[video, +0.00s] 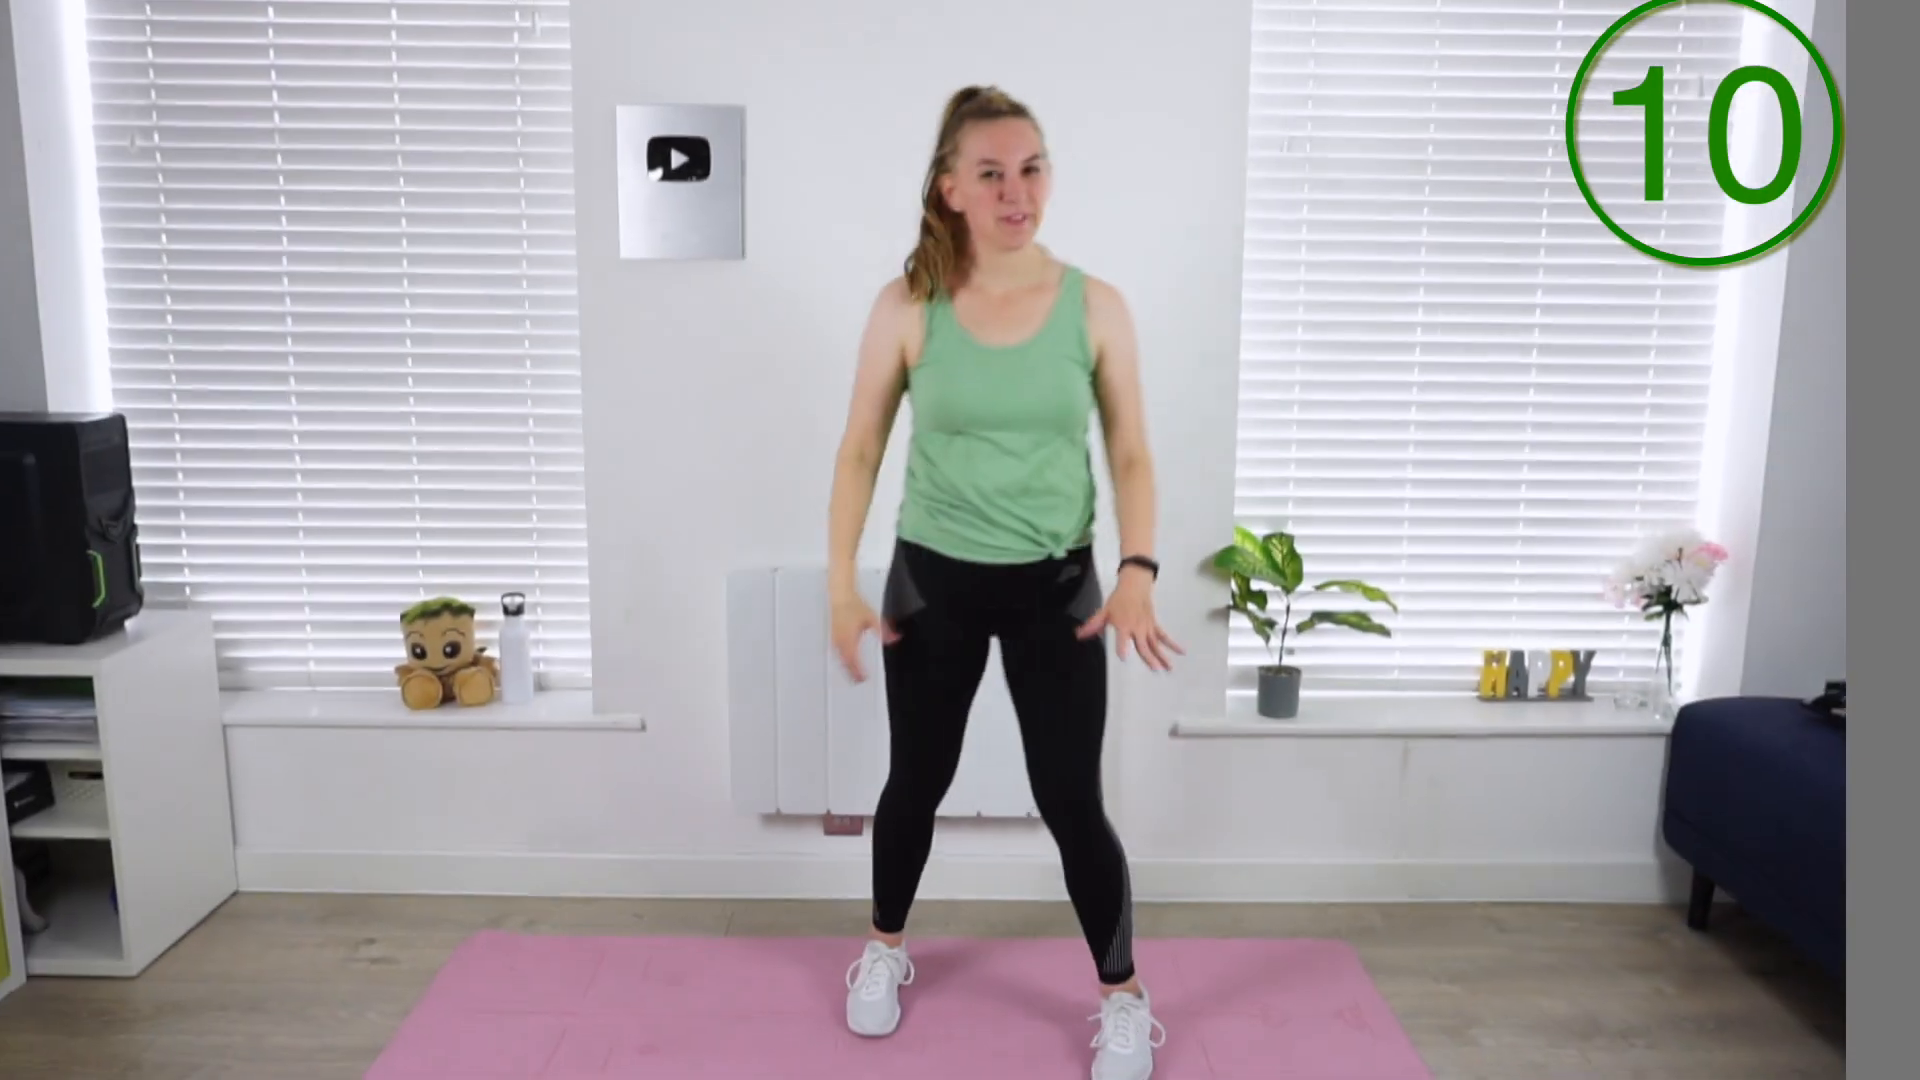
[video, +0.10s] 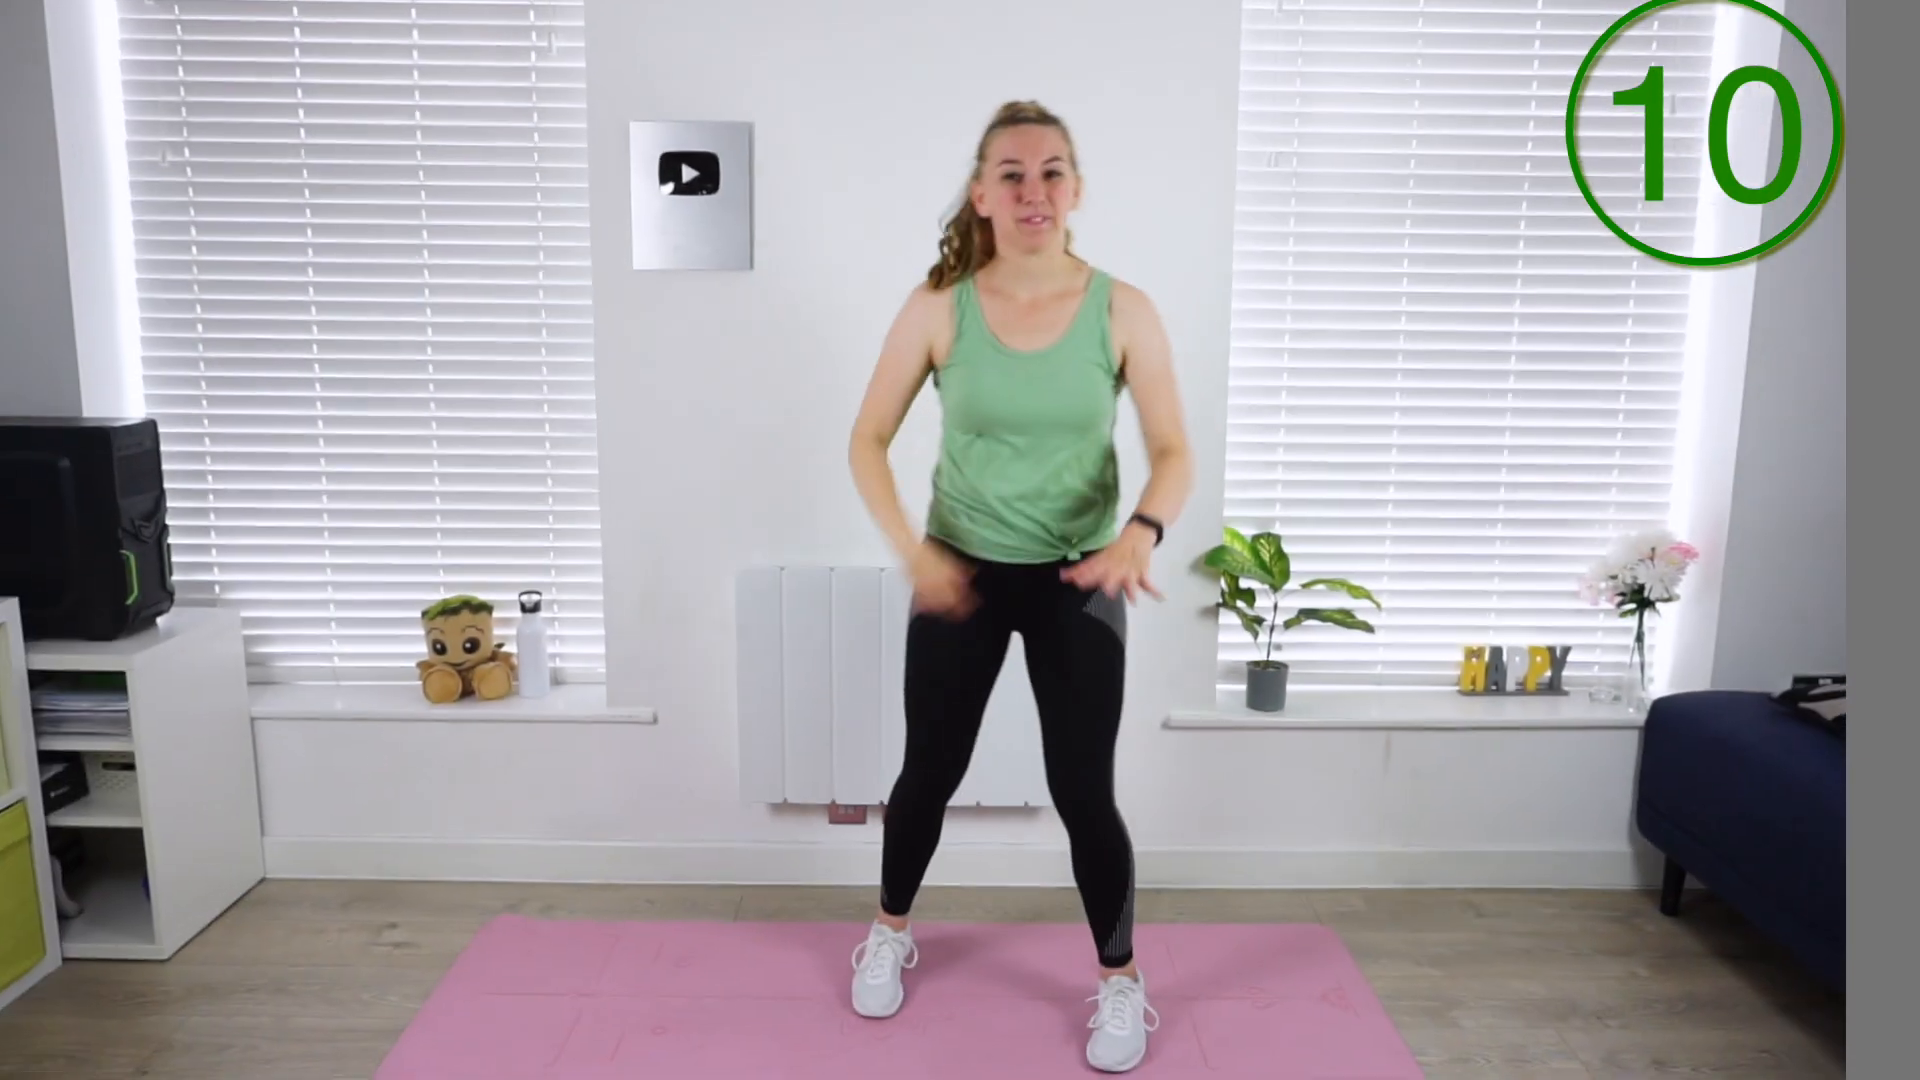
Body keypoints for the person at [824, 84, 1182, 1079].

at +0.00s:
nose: (1016, 191)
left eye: (1030, 170)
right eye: (991, 173)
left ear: (1048, 177)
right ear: (948, 188)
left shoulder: (1094, 307)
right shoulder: (907, 308)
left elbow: (1131, 455)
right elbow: (859, 454)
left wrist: (1136, 569)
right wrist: (844, 586)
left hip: (1057, 582)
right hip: (935, 578)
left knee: (1071, 802)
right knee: (915, 780)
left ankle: (1122, 998)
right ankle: (883, 947)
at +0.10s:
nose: (1034, 191)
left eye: (1052, 172)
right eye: (1012, 174)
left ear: (1075, 188)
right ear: (979, 192)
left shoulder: (1122, 311)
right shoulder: (938, 309)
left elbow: (1172, 455)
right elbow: (868, 443)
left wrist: (1137, 538)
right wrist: (915, 556)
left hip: (1078, 571)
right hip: (960, 564)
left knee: (1083, 792)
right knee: (929, 771)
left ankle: (1119, 981)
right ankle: (890, 932)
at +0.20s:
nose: (1052, 205)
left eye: (1071, 186)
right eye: (1033, 186)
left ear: (1097, 200)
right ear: (1004, 200)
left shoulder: (1140, 319)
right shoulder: (961, 307)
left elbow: (1207, 444)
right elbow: (869, 423)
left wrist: (1136, 498)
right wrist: (968, 456)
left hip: (1094, 578)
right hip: (982, 572)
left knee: (1091, 789)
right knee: (939, 773)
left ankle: (1118, 972)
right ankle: (911, 922)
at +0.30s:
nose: (1067, 207)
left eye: (1087, 189)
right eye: (1049, 188)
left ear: (1112, 202)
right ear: (1019, 200)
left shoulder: (1146, 316)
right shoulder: (975, 296)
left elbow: (1224, 412)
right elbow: (874, 376)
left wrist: (1118, 458)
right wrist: (999, 368)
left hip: (1102, 581)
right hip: (992, 573)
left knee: (1094, 792)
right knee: (954, 781)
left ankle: (1117, 973)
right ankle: (958, 937)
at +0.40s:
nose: (1072, 203)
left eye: (1091, 185)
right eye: (1053, 184)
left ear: (1119, 201)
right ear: (1025, 195)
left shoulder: (1140, 308)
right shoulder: (989, 278)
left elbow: (1207, 390)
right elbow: (871, 322)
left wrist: (1083, 429)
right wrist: (1005, 319)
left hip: (1102, 578)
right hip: (994, 571)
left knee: (1093, 789)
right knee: (979, 784)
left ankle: (1117, 972)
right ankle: (999, 968)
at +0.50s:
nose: (1066, 201)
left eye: (1086, 184)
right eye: (1048, 182)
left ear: (1117, 201)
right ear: (1022, 194)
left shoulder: (1136, 306)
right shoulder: (987, 280)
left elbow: (1174, 383)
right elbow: (865, 291)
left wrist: (1036, 400)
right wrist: (997, 286)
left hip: (1101, 576)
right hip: (994, 572)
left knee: (1099, 787)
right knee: (999, 787)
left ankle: (1116, 972)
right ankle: (1007, 972)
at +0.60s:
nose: (1058, 194)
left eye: (1079, 178)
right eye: (1041, 176)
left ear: (1108, 198)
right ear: (1013, 192)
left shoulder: (1129, 301)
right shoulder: (976, 287)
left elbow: (1146, 370)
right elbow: (855, 283)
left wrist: (1002, 387)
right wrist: (998, 264)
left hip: (1101, 577)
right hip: (994, 575)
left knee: (1101, 785)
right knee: (996, 788)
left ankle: (1119, 971)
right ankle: (1007, 972)